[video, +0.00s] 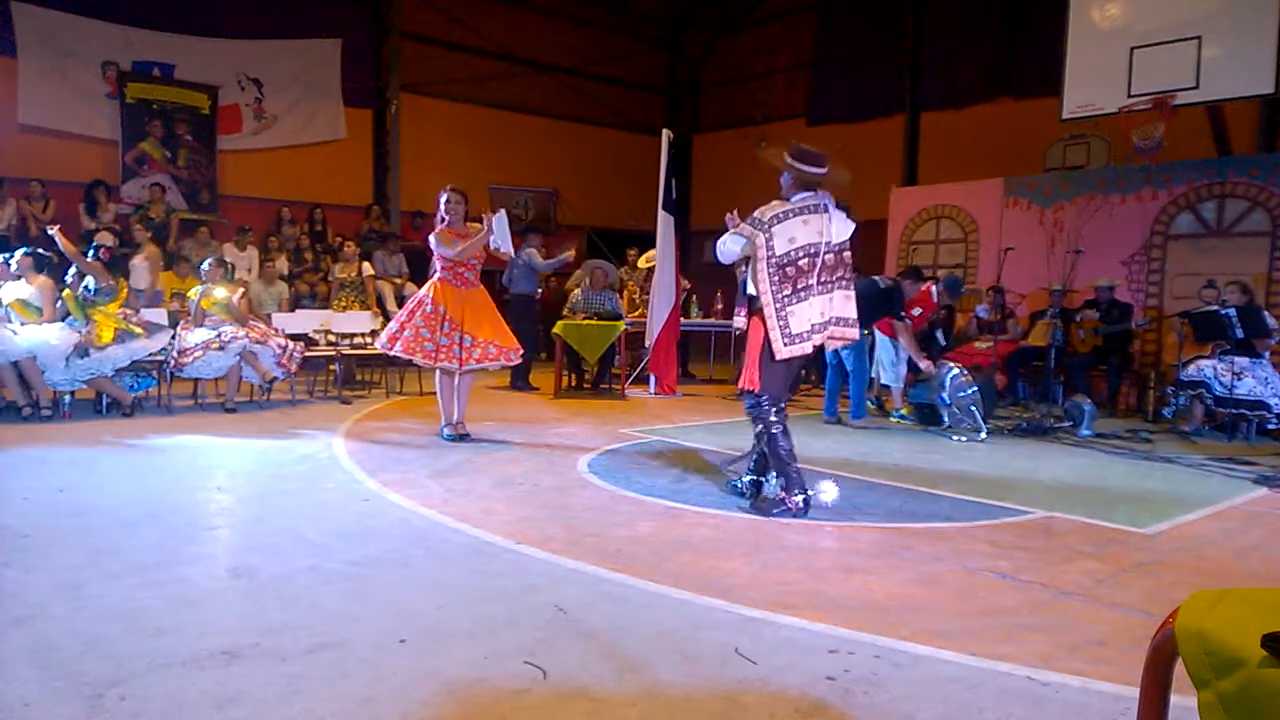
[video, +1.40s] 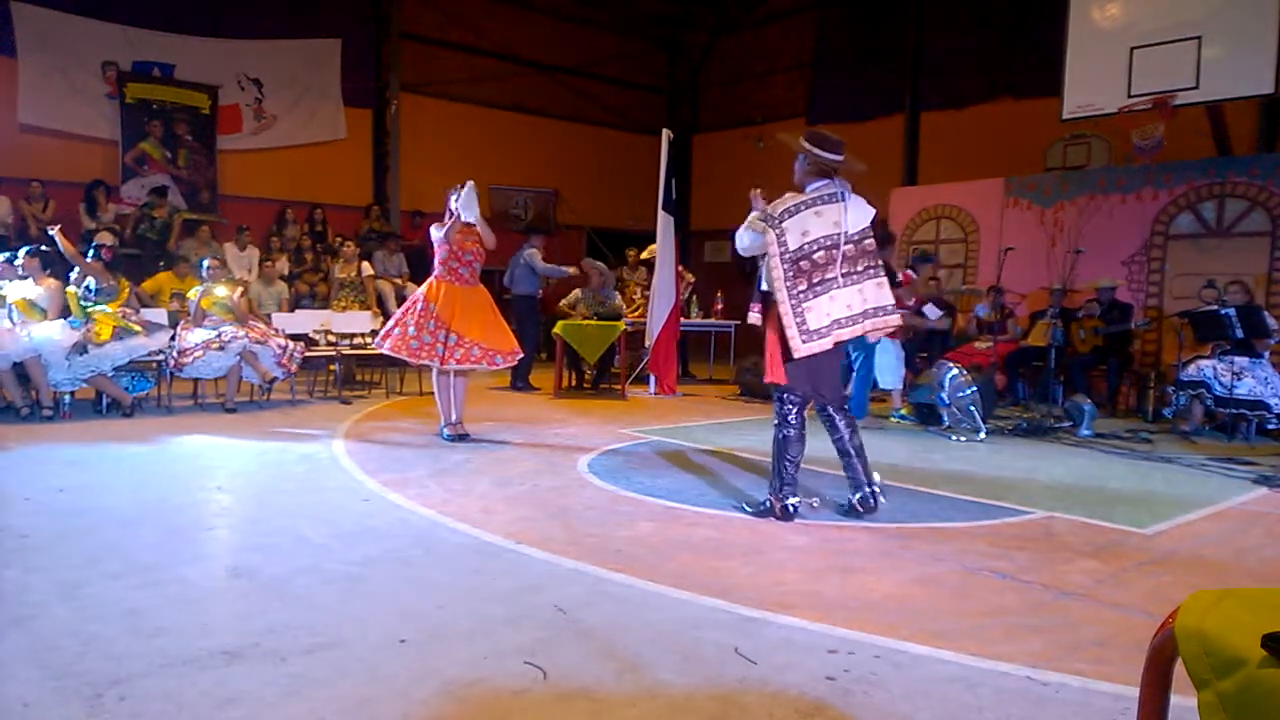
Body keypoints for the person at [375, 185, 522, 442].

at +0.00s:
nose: (452, 207)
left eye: (457, 203)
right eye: (447, 203)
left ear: (465, 207)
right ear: (441, 208)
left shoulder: (477, 231)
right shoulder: (438, 236)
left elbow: (505, 255)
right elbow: (457, 254)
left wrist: (498, 230)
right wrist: (486, 234)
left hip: (472, 301)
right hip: (445, 301)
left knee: (467, 365)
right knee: (446, 365)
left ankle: (460, 421)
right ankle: (446, 422)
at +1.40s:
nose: (458, 210)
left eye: (462, 206)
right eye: (455, 205)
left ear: (469, 209)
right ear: (448, 207)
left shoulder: (478, 233)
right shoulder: (438, 229)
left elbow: (492, 243)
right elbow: (442, 237)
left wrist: (476, 216)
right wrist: (454, 219)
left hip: (469, 298)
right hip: (442, 296)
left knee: (461, 364)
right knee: (442, 364)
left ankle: (458, 420)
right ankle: (446, 421)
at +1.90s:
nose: (461, 211)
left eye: (467, 205)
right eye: (458, 206)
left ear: (472, 209)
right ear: (452, 209)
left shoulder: (481, 237)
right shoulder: (440, 231)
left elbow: (485, 227)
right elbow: (439, 223)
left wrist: (468, 201)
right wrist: (448, 197)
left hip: (470, 296)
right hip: (442, 295)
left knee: (463, 365)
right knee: (443, 365)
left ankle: (458, 421)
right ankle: (445, 422)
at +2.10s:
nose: (462, 212)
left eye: (466, 209)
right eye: (457, 208)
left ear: (471, 212)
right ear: (450, 211)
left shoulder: (481, 237)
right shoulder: (441, 232)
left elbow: (484, 225)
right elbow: (437, 222)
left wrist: (467, 201)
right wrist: (446, 196)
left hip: (470, 297)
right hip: (443, 295)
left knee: (463, 364)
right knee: (443, 364)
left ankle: (458, 421)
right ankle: (445, 422)